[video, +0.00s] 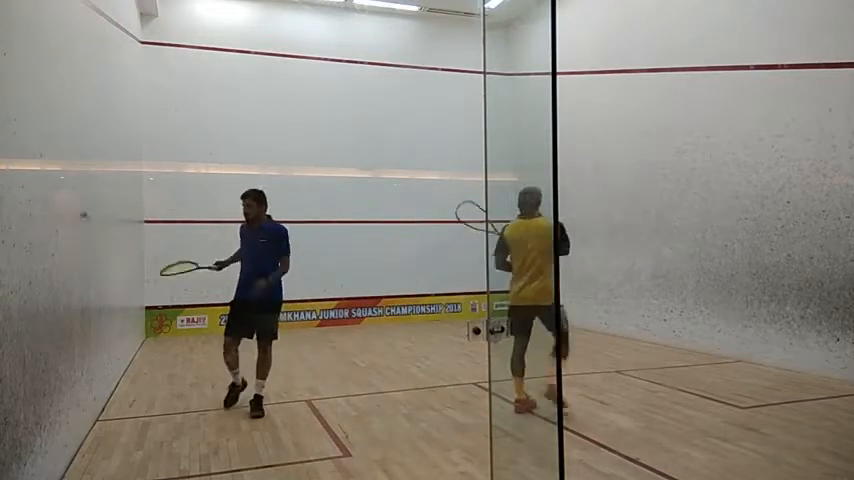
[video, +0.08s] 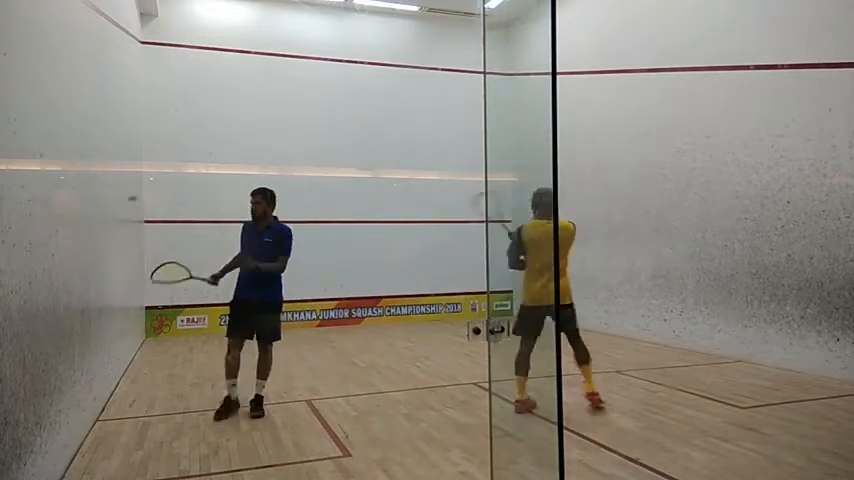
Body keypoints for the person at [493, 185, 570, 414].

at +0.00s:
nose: (531, 207)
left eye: (524, 203)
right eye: (537, 204)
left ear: (519, 204)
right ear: (539, 205)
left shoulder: (509, 230)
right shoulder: (552, 227)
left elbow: (499, 262)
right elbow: (564, 249)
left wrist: (520, 267)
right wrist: (542, 253)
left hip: (520, 299)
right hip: (546, 297)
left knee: (519, 345)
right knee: (562, 335)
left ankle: (520, 396)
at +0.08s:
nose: (540, 211)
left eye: (535, 207)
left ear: (534, 207)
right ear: (555, 207)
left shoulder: (525, 231)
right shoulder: (568, 230)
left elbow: (513, 260)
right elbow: (557, 254)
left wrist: (535, 263)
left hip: (533, 300)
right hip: (562, 299)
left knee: (525, 347)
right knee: (576, 340)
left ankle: (521, 397)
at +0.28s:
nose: (561, 208)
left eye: (563, 204)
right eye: (562, 204)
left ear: (568, 206)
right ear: (581, 205)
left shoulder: (566, 230)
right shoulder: (589, 225)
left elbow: (549, 257)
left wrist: (558, 229)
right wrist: (559, 227)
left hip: (568, 299)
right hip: (591, 297)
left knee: (550, 342)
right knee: (597, 343)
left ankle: (539, 395)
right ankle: (610, 395)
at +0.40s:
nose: (573, 206)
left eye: (575, 202)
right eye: (574, 202)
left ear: (579, 204)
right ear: (595, 202)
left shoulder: (583, 226)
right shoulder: (599, 222)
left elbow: (566, 252)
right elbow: (557, 227)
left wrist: (574, 226)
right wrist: (570, 223)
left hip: (585, 297)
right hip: (604, 295)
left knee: (566, 338)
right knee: (602, 340)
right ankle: (611, 394)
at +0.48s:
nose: (585, 203)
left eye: (588, 200)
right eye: (586, 199)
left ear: (596, 201)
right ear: (605, 200)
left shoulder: (599, 223)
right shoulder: (608, 220)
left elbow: (579, 253)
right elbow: (571, 224)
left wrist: (586, 239)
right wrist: (581, 222)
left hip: (600, 293)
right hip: (609, 291)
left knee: (586, 340)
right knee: (607, 339)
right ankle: (614, 390)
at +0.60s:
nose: (598, 206)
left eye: (600, 202)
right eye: (598, 203)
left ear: (607, 203)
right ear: (616, 202)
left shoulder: (616, 224)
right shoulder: (609, 222)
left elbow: (599, 255)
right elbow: (583, 234)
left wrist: (586, 261)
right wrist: (567, 226)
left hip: (615, 293)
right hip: (609, 292)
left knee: (613, 342)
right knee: (612, 342)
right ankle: (612, 395)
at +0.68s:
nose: (608, 204)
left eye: (611, 200)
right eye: (609, 200)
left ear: (622, 202)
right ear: (625, 202)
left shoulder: (631, 227)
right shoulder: (622, 226)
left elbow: (621, 260)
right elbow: (605, 247)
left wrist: (594, 271)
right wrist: (575, 243)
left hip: (630, 298)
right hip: (618, 297)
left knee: (639, 346)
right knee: (614, 341)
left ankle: (688, 391)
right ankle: (612, 395)